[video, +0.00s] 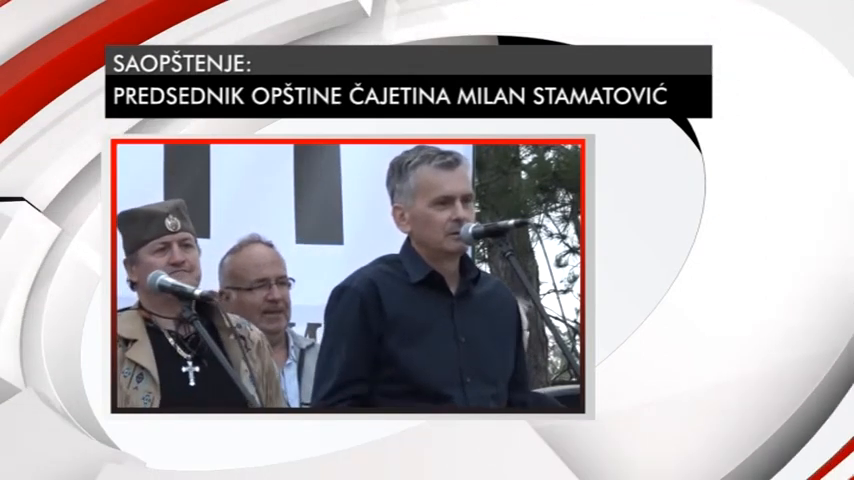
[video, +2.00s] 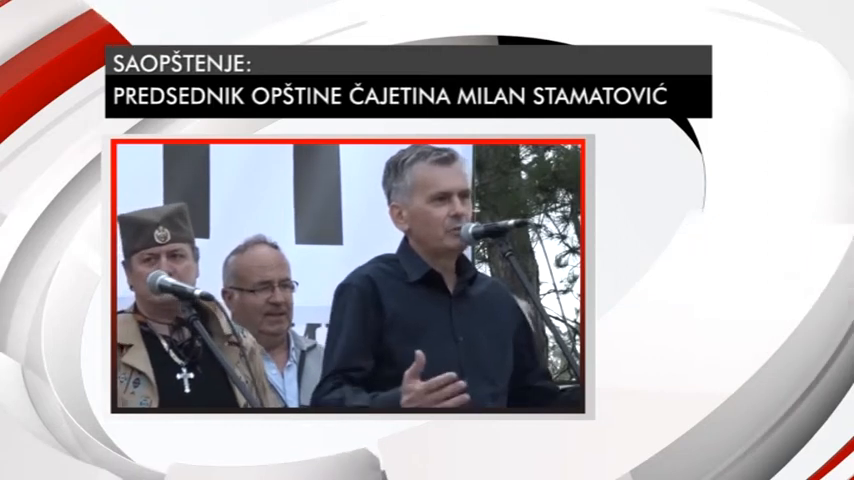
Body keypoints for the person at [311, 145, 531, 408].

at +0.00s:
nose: (460, 215)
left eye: (467, 202)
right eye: (442, 203)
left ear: (475, 208)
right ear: (401, 216)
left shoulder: (499, 300)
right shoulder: (362, 296)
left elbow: (517, 404)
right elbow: (332, 411)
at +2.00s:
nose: (459, 210)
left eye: (464, 197)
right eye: (441, 199)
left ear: (472, 204)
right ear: (400, 215)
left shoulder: (499, 300)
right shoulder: (367, 290)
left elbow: (531, 395)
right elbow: (329, 397)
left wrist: (597, 397)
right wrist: (397, 402)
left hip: (496, 461)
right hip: (401, 463)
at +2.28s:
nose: (462, 213)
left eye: (466, 199)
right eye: (443, 201)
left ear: (474, 204)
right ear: (402, 216)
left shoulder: (500, 301)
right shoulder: (368, 290)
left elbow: (531, 397)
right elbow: (328, 398)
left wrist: (596, 396)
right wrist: (377, 402)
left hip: (497, 461)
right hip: (402, 463)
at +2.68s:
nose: (460, 215)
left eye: (465, 201)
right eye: (441, 203)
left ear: (472, 204)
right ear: (399, 215)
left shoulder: (498, 299)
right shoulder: (364, 295)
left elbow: (522, 409)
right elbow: (335, 410)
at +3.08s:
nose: (462, 214)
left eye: (467, 201)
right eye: (444, 202)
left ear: (474, 205)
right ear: (401, 215)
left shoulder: (497, 299)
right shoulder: (363, 296)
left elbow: (521, 407)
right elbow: (335, 412)